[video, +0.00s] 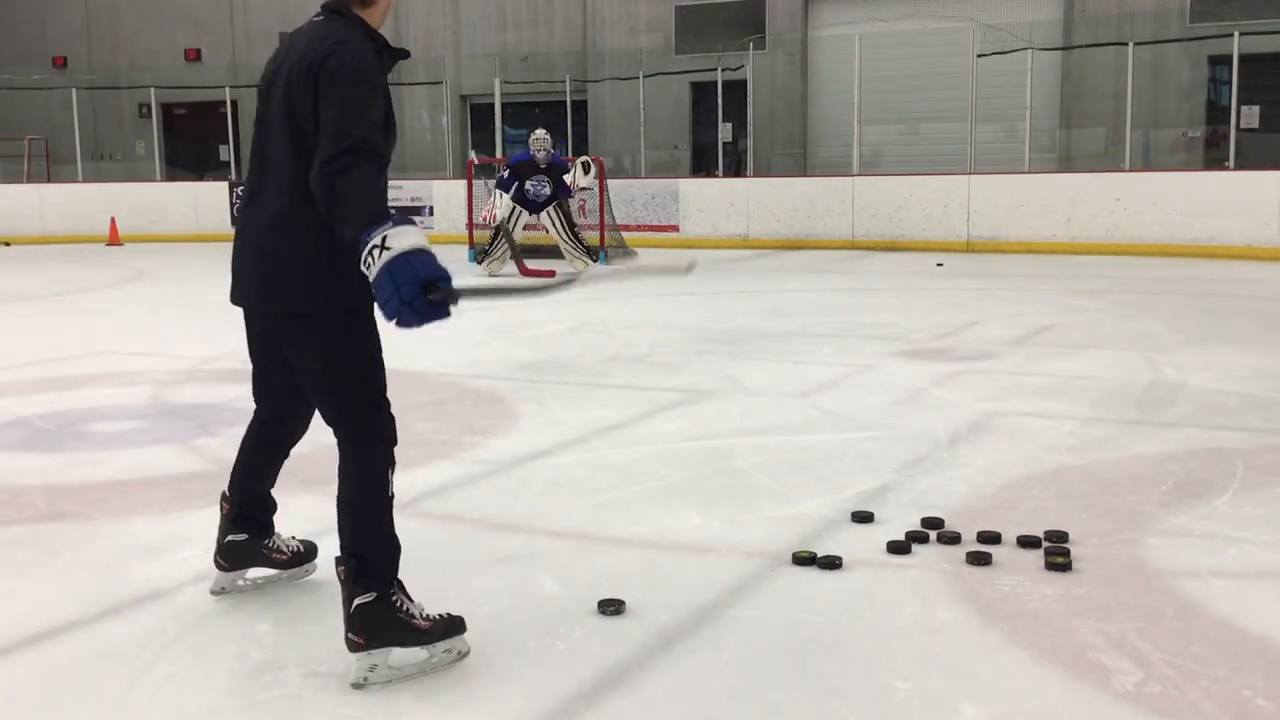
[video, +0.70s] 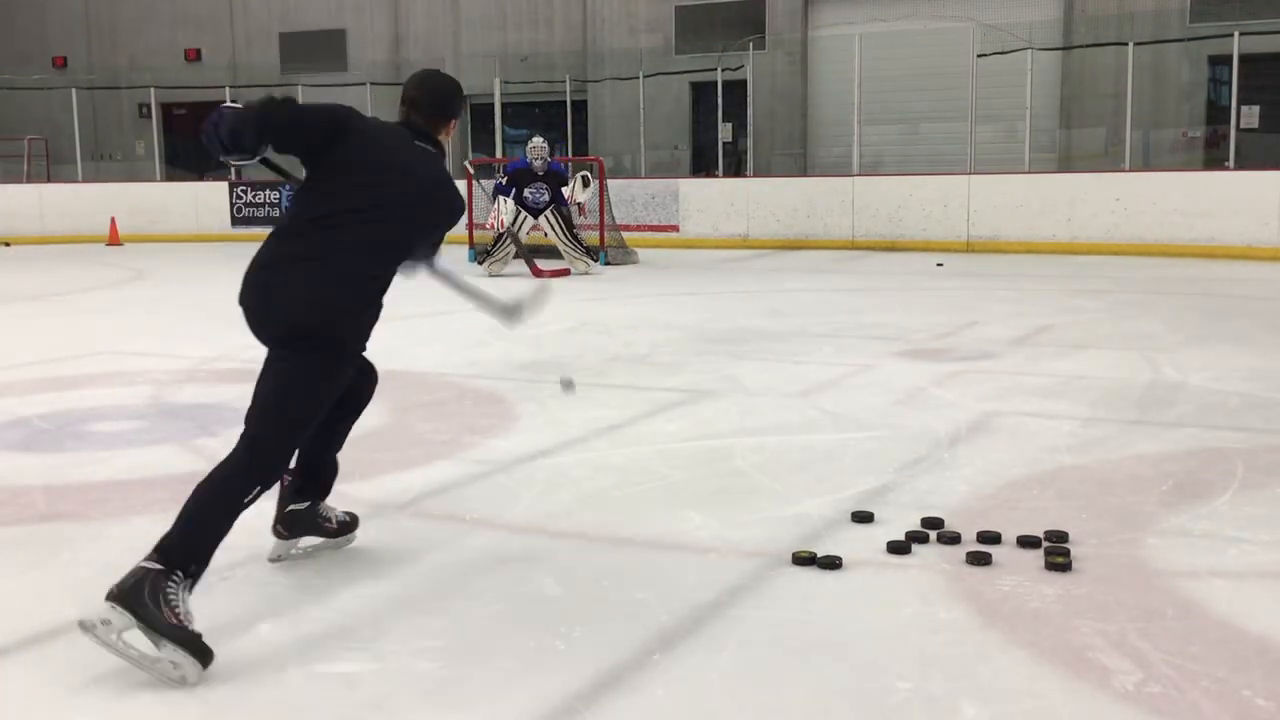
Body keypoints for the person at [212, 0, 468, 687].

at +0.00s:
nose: (394, 5)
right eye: (393, 0)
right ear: (381, 0)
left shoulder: (294, 49)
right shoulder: (352, 54)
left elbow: (272, 167)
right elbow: (347, 166)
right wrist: (385, 249)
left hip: (265, 278)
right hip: (321, 284)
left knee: (281, 409)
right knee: (368, 435)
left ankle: (242, 534)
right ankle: (374, 601)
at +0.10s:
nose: (408, 16)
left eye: (405, 8)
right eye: (408, 8)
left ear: (349, 2)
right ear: (394, 6)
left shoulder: (316, 56)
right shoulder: (353, 58)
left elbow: (291, 195)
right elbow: (337, 154)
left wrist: (351, 274)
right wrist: (402, 205)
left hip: (261, 280)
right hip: (312, 284)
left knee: (274, 409)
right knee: (366, 433)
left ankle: (232, 532)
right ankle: (367, 604)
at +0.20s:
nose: (428, 37)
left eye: (426, 26)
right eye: (429, 26)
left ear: (372, 19)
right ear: (419, 26)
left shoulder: (344, 71)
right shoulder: (367, 66)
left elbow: (364, 199)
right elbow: (358, 98)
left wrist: (394, 278)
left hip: (250, 271)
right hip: (299, 282)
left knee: (261, 408)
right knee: (366, 433)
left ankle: (215, 529)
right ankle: (352, 604)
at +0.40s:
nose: (463, 107)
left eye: (463, 95)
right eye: (466, 96)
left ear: (409, 78)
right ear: (454, 94)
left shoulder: (366, 115)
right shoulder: (410, 131)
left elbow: (341, 209)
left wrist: (371, 282)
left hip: (229, 278)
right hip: (290, 288)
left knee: (276, 410)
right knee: (364, 445)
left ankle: (205, 532)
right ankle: (335, 605)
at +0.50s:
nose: (461, 122)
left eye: (457, 111)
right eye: (463, 112)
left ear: (407, 94)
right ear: (455, 112)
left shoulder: (351, 125)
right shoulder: (428, 171)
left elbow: (273, 173)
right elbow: (411, 276)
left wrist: (322, 276)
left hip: (232, 286)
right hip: (297, 302)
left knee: (297, 406)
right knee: (342, 461)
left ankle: (243, 524)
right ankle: (305, 609)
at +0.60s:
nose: (455, 137)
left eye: (454, 126)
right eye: (456, 127)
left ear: (401, 103)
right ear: (447, 125)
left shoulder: (335, 120)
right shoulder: (434, 201)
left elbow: (242, 98)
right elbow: (431, 293)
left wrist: (257, 156)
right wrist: (423, 348)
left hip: (245, 288)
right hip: (309, 315)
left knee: (328, 387)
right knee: (288, 460)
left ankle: (285, 507)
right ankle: (213, 600)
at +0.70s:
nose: (456, 130)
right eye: (458, 123)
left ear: (401, 107)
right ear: (451, 124)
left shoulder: (346, 128)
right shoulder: (443, 195)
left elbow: (246, 125)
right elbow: (417, 256)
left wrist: (230, 136)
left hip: (262, 293)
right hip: (325, 320)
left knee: (356, 381)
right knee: (259, 457)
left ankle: (301, 503)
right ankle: (161, 575)